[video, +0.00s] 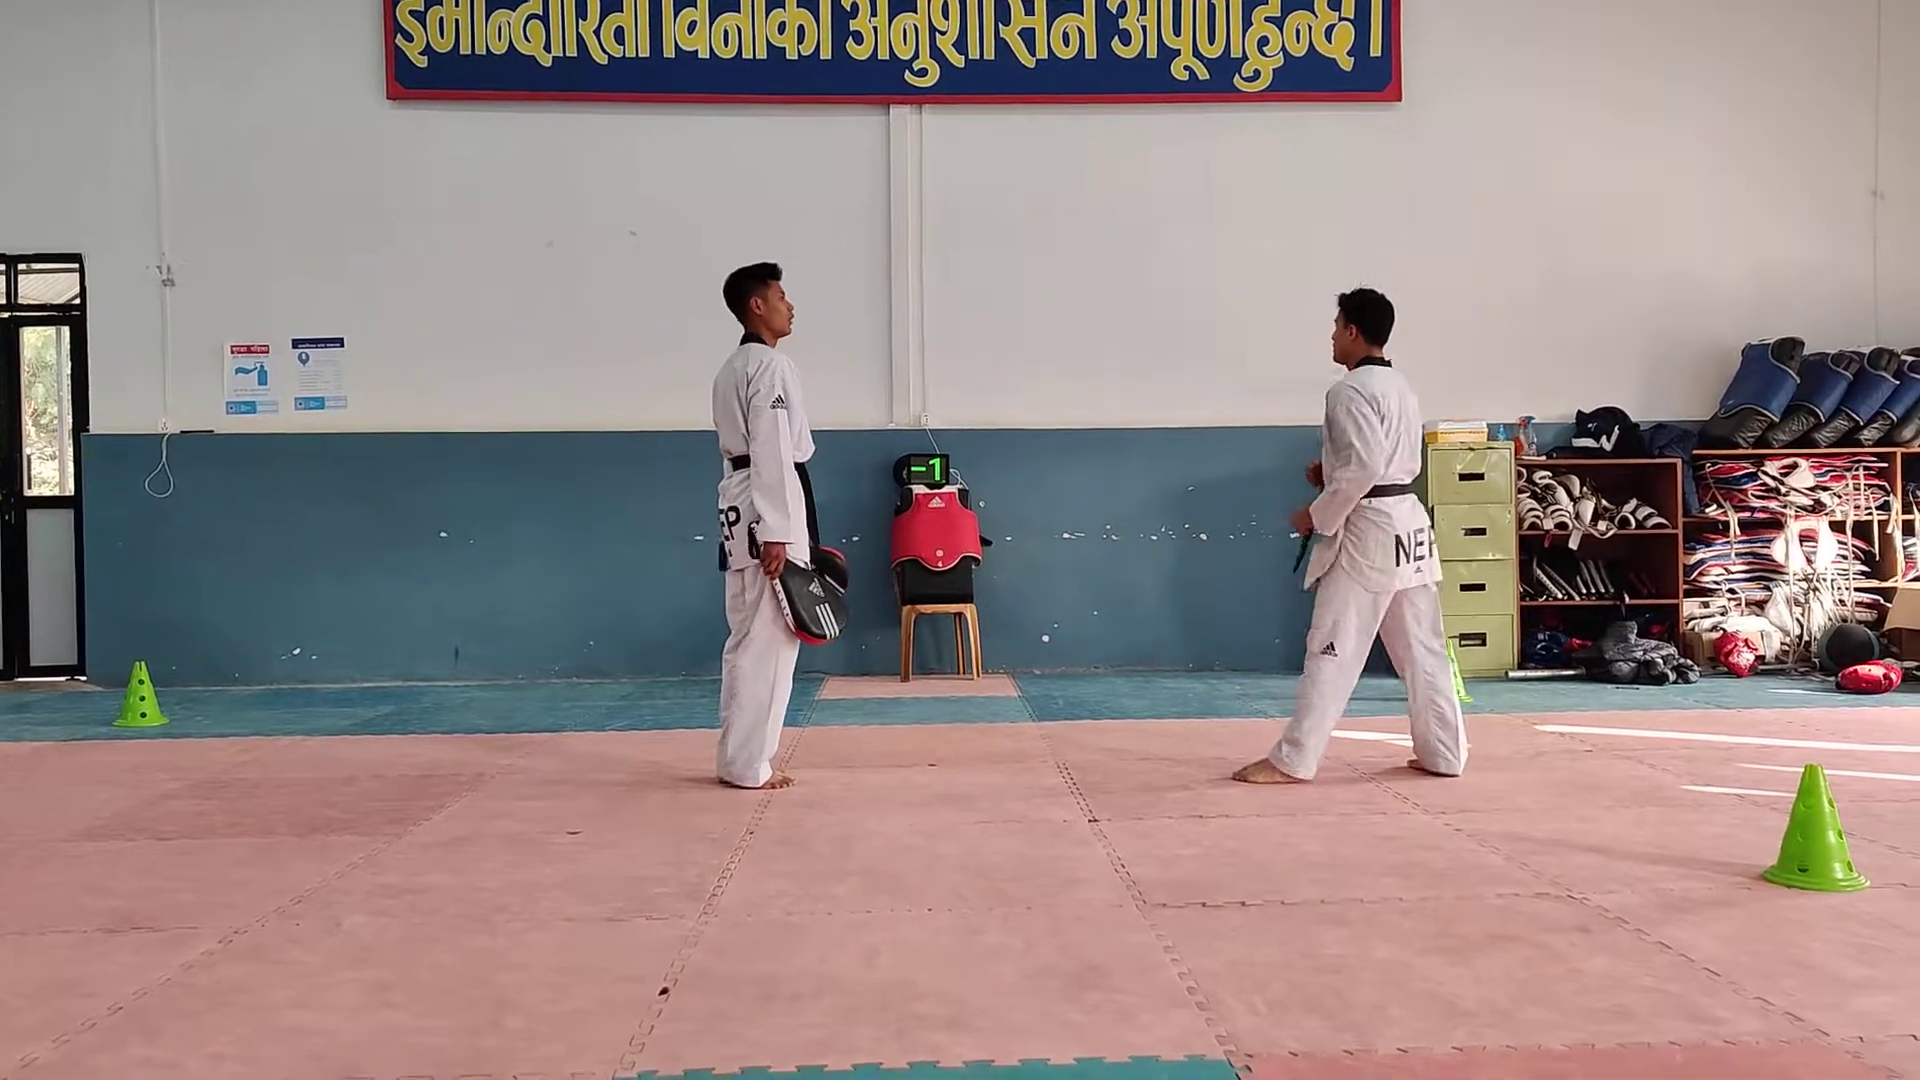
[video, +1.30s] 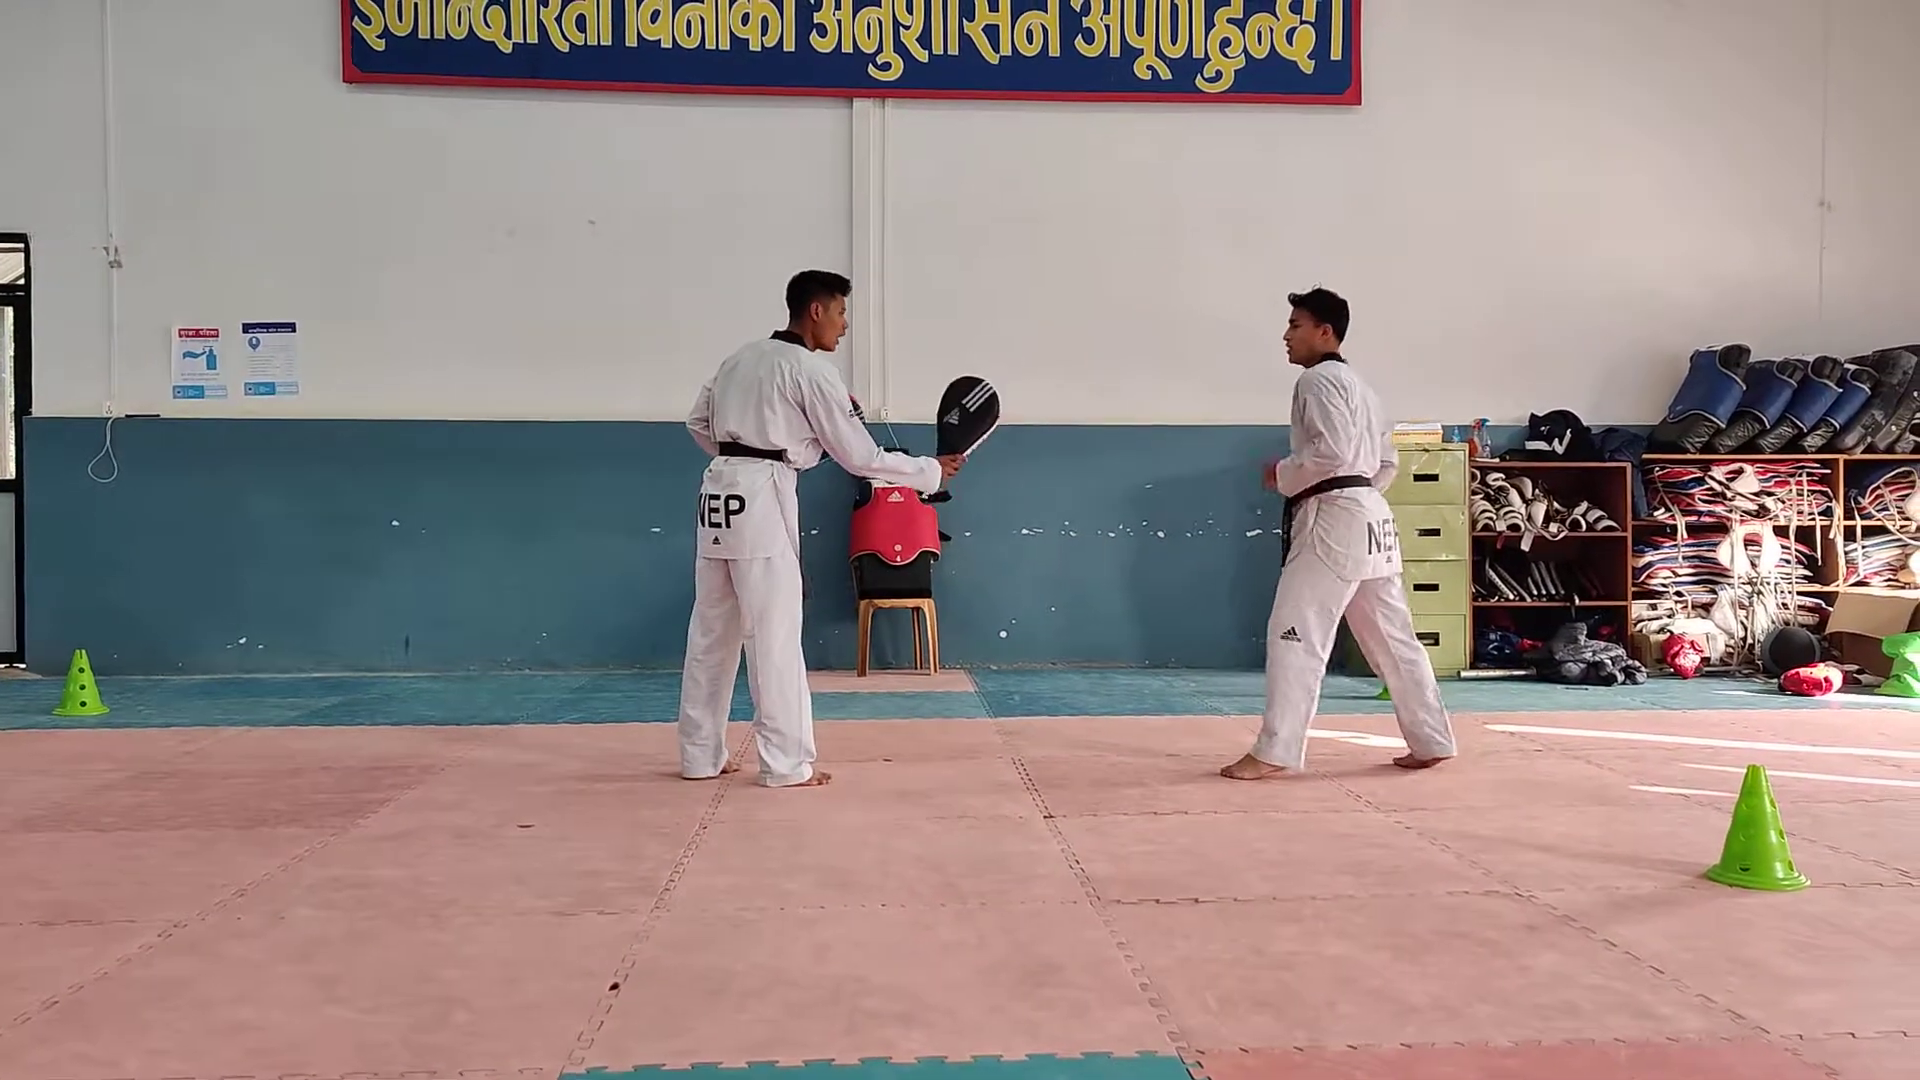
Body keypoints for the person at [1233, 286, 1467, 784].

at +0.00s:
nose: (1332, 334)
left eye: (1337, 325)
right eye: (1335, 324)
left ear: (1354, 332)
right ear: (1376, 335)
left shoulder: (1350, 390)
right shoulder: (1400, 388)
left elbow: (1362, 465)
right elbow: (1400, 464)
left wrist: (1315, 515)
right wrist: (1335, 472)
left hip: (1368, 527)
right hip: (1412, 521)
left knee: (1333, 647)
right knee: (1422, 647)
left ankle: (1294, 759)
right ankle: (1442, 754)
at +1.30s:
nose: (1286, 334)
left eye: (1294, 325)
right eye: (1288, 324)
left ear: (1324, 332)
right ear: (1326, 334)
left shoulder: (1318, 380)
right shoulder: (1363, 389)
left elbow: (1334, 451)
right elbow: (1387, 463)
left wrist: (1284, 473)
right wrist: (1350, 497)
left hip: (1335, 516)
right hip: (1375, 517)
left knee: (1294, 635)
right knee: (1393, 637)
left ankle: (1276, 753)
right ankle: (1432, 742)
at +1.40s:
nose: (1274, 343)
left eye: (1283, 334)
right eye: (1276, 334)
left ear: (1313, 343)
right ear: (1310, 345)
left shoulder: (1320, 393)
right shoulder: (1312, 396)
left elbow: (1348, 463)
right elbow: (1320, 472)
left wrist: (1277, 494)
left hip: (1328, 527)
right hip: (1350, 527)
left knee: (1269, 631)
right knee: (1387, 641)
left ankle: (1258, 752)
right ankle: (1435, 741)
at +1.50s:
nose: (1258, 362)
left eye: (1267, 354)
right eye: (1261, 353)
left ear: (1297, 363)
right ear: (1291, 364)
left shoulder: (1313, 411)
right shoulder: (1272, 426)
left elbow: (1351, 451)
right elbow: (1242, 476)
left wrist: (1287, 419)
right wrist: (1188, 456)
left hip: (1308, 545)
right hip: (1325, 545)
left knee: (1236, 642)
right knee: (1382, 654)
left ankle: (1244, 759)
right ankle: (1439, 752)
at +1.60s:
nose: (1243, 342)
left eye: (1251, 334)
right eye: (1245, 333)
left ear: (1278, 342)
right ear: (1271, 339)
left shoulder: (1292, 391)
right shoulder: (1232, 397)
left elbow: (1318, 413)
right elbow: (1180, 429)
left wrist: (1264, 372)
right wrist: (1156, 393)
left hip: (1275, 528)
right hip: (1251, 531)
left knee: (1231, 641)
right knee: (1296, 647)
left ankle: (1253, 759)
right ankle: (1383, 701)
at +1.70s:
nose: (1217, 330)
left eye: (1225, 319)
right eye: (1219, 320)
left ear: (1255, 321)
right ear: (1249, 322)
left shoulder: (1286, 372)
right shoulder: (1220, 385)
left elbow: (1248, 417)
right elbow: (1192, 453)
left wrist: (1176, 437)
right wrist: (1149, 499)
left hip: (1250, 507)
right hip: (1198, 500)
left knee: (1237, 623)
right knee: (1122, 563)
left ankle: (1251, 752)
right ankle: (1205, 631)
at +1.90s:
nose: (1132, 312)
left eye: (1139, 302)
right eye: (1133, 302)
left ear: (1167, 306)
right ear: (1169, 308)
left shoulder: (1173, 361)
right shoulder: (1184, 359)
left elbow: (1116, 426)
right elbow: (1209, 437)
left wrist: (1055, 423)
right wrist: (1230, 494)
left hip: (1172, 506)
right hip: (1135, 487)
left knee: (1164, 621)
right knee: (1056, 455)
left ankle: (1212, 714)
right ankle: (964, 513)